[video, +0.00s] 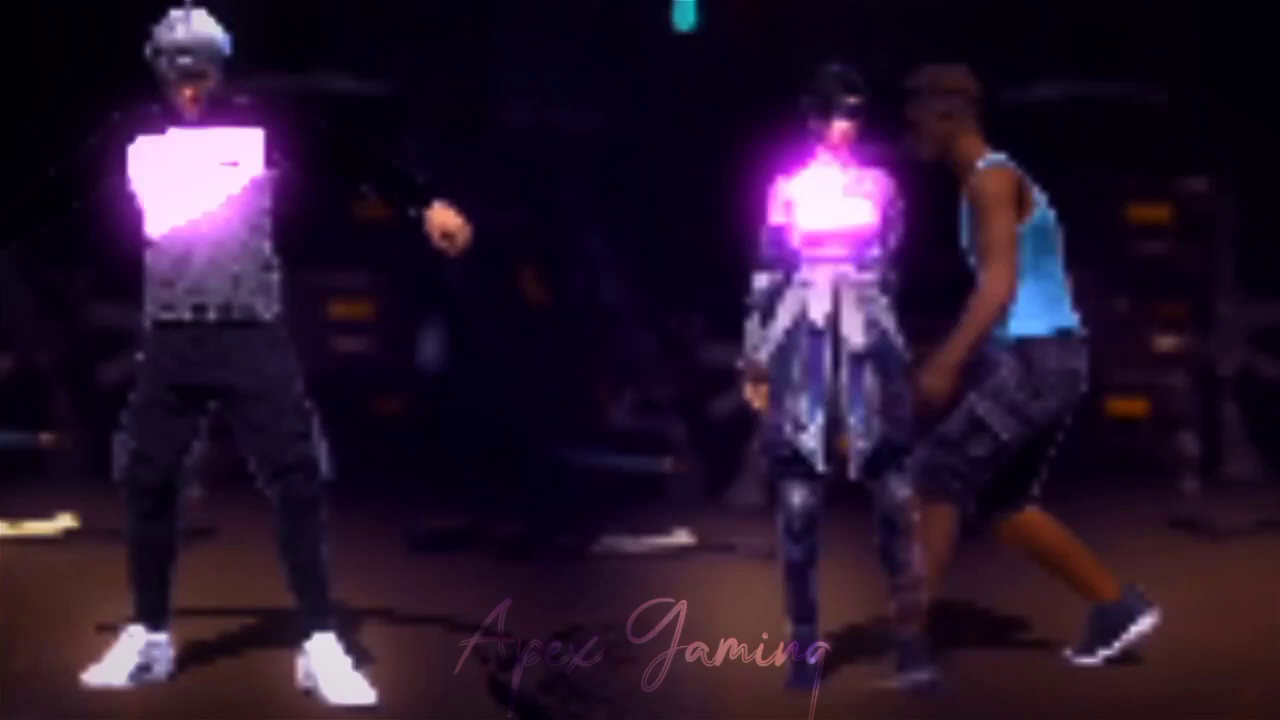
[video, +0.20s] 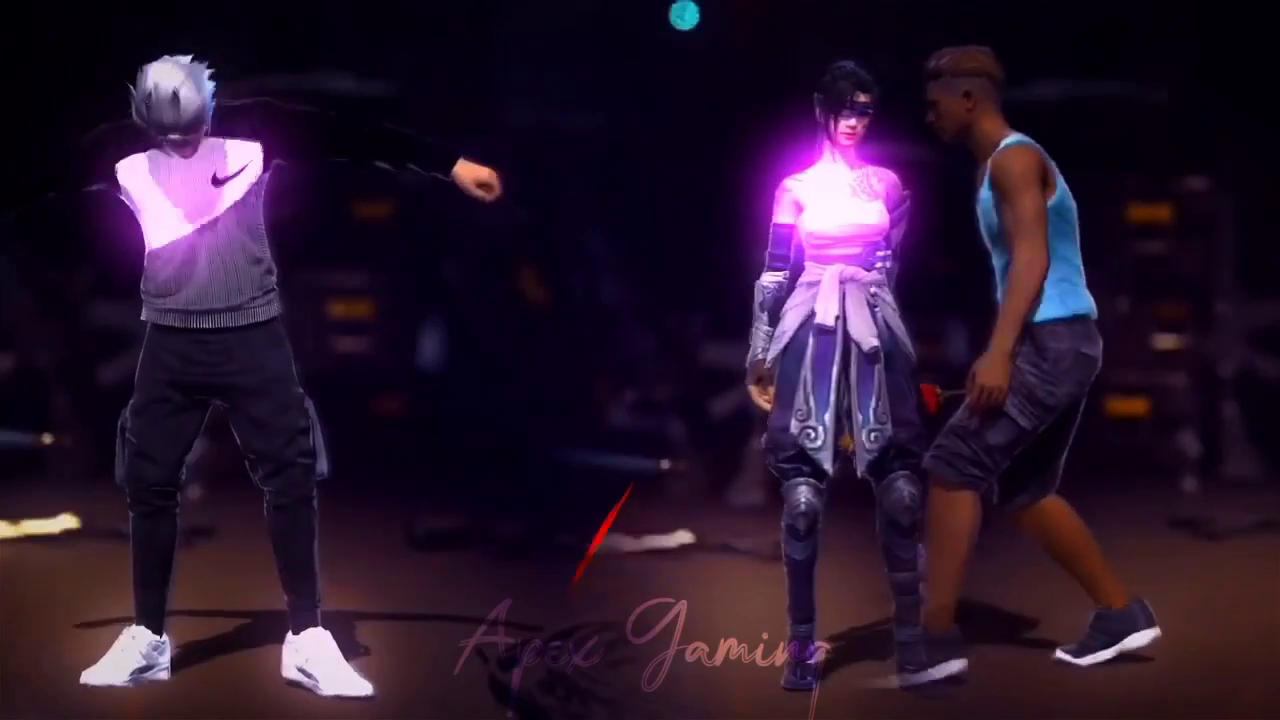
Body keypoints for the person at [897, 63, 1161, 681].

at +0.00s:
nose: (915, 137)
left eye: (920, 124)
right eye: (914, 125)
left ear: (949, 119)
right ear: (958, 120)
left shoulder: (992, 180)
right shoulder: (999, 177)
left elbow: (998, 285)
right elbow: (1005, 287)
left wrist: (945, 363)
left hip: (1036, 354)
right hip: (1050, 353)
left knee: (937, 477)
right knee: (1006, 502)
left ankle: (910, 636)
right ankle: (1115, 605)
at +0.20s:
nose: (932, 117)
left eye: (936, 105)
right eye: (930, 106)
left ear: (971, 99)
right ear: (974, 102)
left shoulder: (1015, 158)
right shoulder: (1003, 162)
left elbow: (1032, 261)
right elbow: (1024, 268)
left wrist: (999, 355)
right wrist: (993, 360)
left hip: (1052, 341)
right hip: (1059, 340)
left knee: (952, 467)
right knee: (1024, 489)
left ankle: (935, 637)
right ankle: (1119, 612)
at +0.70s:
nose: (1030, 76)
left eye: (1037, 65)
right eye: (1030, 65)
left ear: (1074, 66)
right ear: (1068, 67)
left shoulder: (1111, 130)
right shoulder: (1075, 138)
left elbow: (1152, 216)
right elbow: (1093, 234)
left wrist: (1162, 318)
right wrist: (1070, 321)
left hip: (1104, 317)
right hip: (1092, 315)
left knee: (1051, 465)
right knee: (1113, 474)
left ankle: (1108, 622)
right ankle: (1124, 621)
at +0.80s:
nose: (1045, 71)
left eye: (1053, 61)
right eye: (1045, 62)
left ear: (1089, 63)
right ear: (1082, 64)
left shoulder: (1125, 129)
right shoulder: (1087, 136)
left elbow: (1168, 219)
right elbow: (1103, 233)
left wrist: (1178, 316)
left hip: (1117, 313)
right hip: (1101, 313)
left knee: (1077, 466)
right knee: (1129, 473)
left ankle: (1136, 623)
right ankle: (1123, 618)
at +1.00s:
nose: (1085, 70)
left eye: (1095, 59)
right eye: (1086, 60)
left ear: (1133, 61)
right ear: (1123, 64)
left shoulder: (1170, 131)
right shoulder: (1120, 139)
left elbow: (1211, 223)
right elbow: (1124, 240)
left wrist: (1217, 322)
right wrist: (1107, 327)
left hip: (1153, 319)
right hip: (1117, 321)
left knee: (1152, 474)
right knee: (1122, 475)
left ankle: (1199, 634)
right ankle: (1121, 625)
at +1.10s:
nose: (1100, 71)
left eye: (1108, 60)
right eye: (1100, 61)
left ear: (1145, 63)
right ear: (1135, 65)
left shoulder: (1186, 134)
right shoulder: (1129, 141)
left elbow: (1225, 229)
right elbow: (1133, 242)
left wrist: (1227, 326)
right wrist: (1115, 323)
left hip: (1165, 321)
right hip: (1123, 323)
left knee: (1171, 476)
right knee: (1120, 475)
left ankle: (1213, 634)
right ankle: (1121, 623)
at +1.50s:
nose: (1112, 68)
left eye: (1122, 58)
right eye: (1113, 58)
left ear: (1158, 62)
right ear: (1143, 64)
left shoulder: (1199, 135)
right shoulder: (1133, 139)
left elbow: (1234, 231)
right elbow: (1136, 239)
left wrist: (1230, 328)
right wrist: (1118, 320)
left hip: (1173, 320)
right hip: (1125, 322)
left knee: (1187, 477)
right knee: (1117, 471)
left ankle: (1215, 636)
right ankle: (1120, 623)